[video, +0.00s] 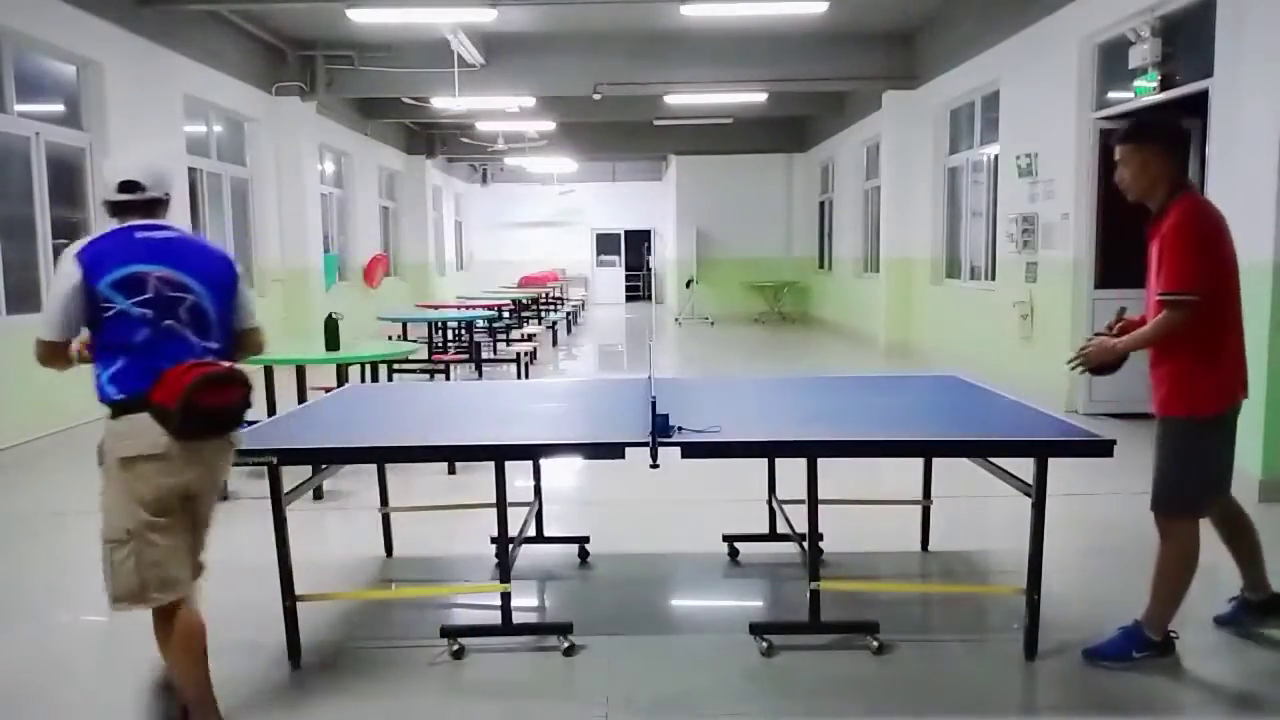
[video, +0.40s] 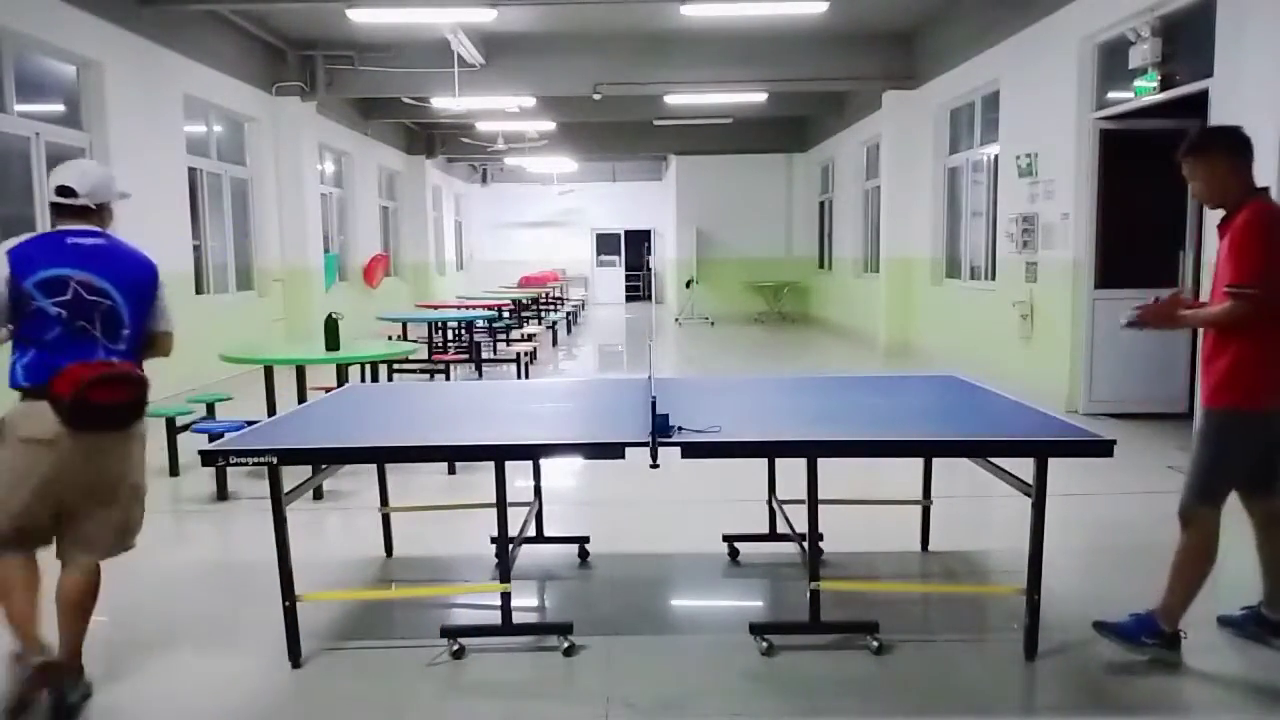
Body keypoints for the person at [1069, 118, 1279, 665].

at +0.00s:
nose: (1116, 176)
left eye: (1123, 163)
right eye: (1115, 164)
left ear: (1157, 159)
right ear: (1152, 162)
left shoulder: (1187, 222)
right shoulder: (1177, 219)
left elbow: (1182, 313)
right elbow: (1175, 302)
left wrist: (1119, 346)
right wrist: (1135, 323)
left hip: (1194, 396)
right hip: (1203, 393)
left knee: (1175, 512)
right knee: (1214, 498)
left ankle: (1153, 631)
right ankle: (1261, 594)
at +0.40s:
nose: (1191, 189)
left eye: (1196, 176)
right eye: (1188, 178)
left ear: (1228, 168)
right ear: (1229, 171)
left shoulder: (1254, 222)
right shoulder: (1241, 220)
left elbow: (1241, 307)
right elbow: (1236, 302)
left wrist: (1178, 318)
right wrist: (1189, 307)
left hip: (1238, 401)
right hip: (1250, 398)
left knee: (1199, 511)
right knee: (1265, 506)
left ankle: (1165, 622)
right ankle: (1273, 610)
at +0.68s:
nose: (1218, 186)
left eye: (1222, 173)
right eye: (1215, 176)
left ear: (1254, 166)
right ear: (1253, 170)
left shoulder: (1268, 219)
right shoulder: (1261, 218)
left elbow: (1255, 298)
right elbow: (1253, 296)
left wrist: (1195, 301)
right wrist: (1202, 296)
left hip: (1253, 397)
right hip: (1259, 394)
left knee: (1214, 507)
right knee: (1270, 504)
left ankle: (1189, 619)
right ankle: (1274, 610)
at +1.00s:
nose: (1232, 180)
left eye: (1238, 168)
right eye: (1230, 170)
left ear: (1268, 164)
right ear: (1265, 168)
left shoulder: (1272, 220)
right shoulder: (1270, 218)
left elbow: (1256, 302)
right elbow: (1255, 300)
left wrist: (1203, 328)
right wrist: (1208, 322)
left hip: (1255, 392)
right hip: (1265, 390)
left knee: (1215, 500)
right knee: (1273, 499)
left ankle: (1200, 618)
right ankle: (1275, 609)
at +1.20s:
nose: (1233, 180)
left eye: (1239, 168)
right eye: (1231, 170)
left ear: (1269, 164)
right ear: (1268, 167)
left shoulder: (1270, 219)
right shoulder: (1274, 218)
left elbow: (1254, 301)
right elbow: (1261, 301)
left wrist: (1207, 328)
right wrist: (1222, 334)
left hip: (1255, 390)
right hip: (1270, 389)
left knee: (1217, 498)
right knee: (1274, 495)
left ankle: (1213, 619)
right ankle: (1276, 607)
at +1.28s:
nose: (1235, 182)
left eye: (1241, 170)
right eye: (1233, 171)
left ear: (1269, 165)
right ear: (1270, 168)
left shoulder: (1269, 219)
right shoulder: (1274, 217)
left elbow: (1238, 298)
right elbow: (1257, 296)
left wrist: (1194, 314)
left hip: (1255, 387)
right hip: (1272, 387)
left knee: (1216, 497)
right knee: (1274, 493)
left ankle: (1217, 618)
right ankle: (1276, 607)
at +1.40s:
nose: (1232, 179)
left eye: (1238, 167)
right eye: (1232, 168)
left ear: (1265, 165)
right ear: (1270, 166)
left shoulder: (1263, 219)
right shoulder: (1273, 215)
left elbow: (1220, 291)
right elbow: (1258, 273)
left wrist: (1189, 264)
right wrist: (1215, 252)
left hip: (1252, 382)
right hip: (1276, 382)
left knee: (1212, 495)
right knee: (1275, 491)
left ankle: (1219, 616)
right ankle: (1277, 607)